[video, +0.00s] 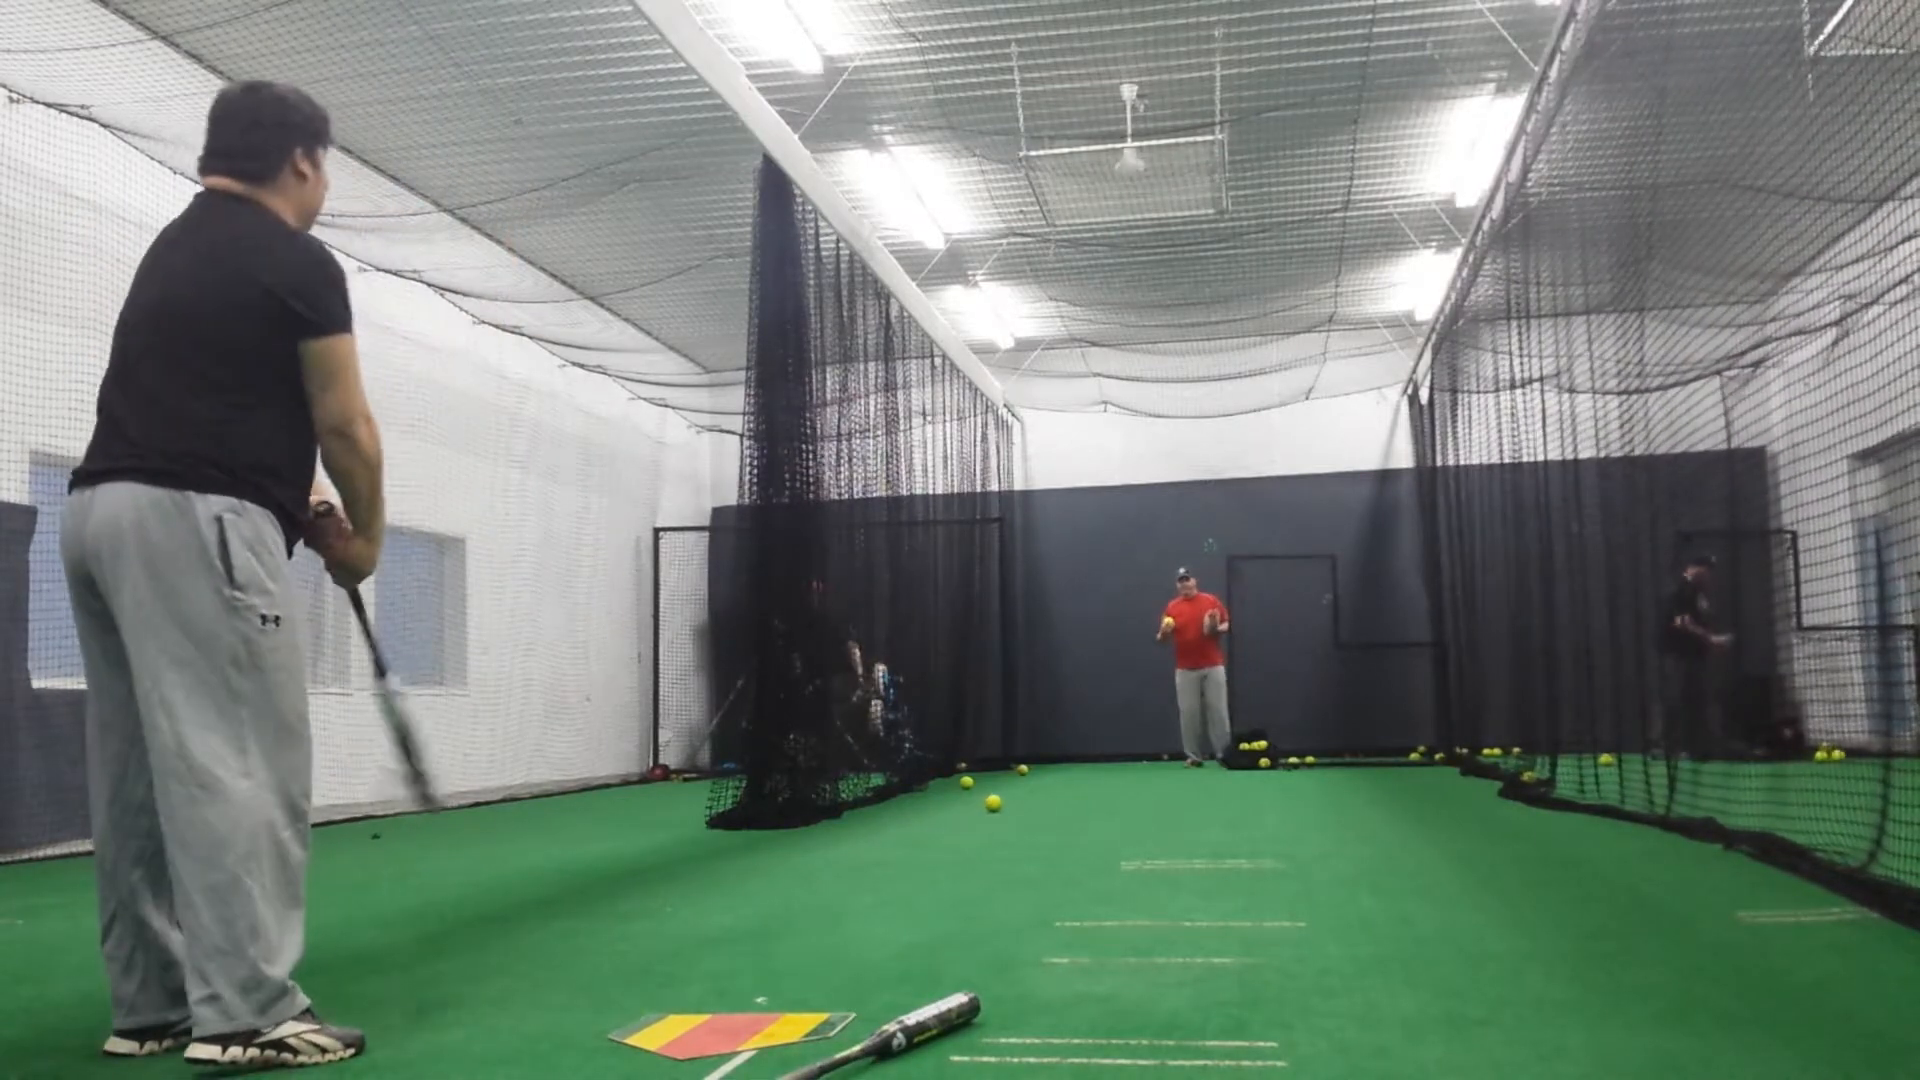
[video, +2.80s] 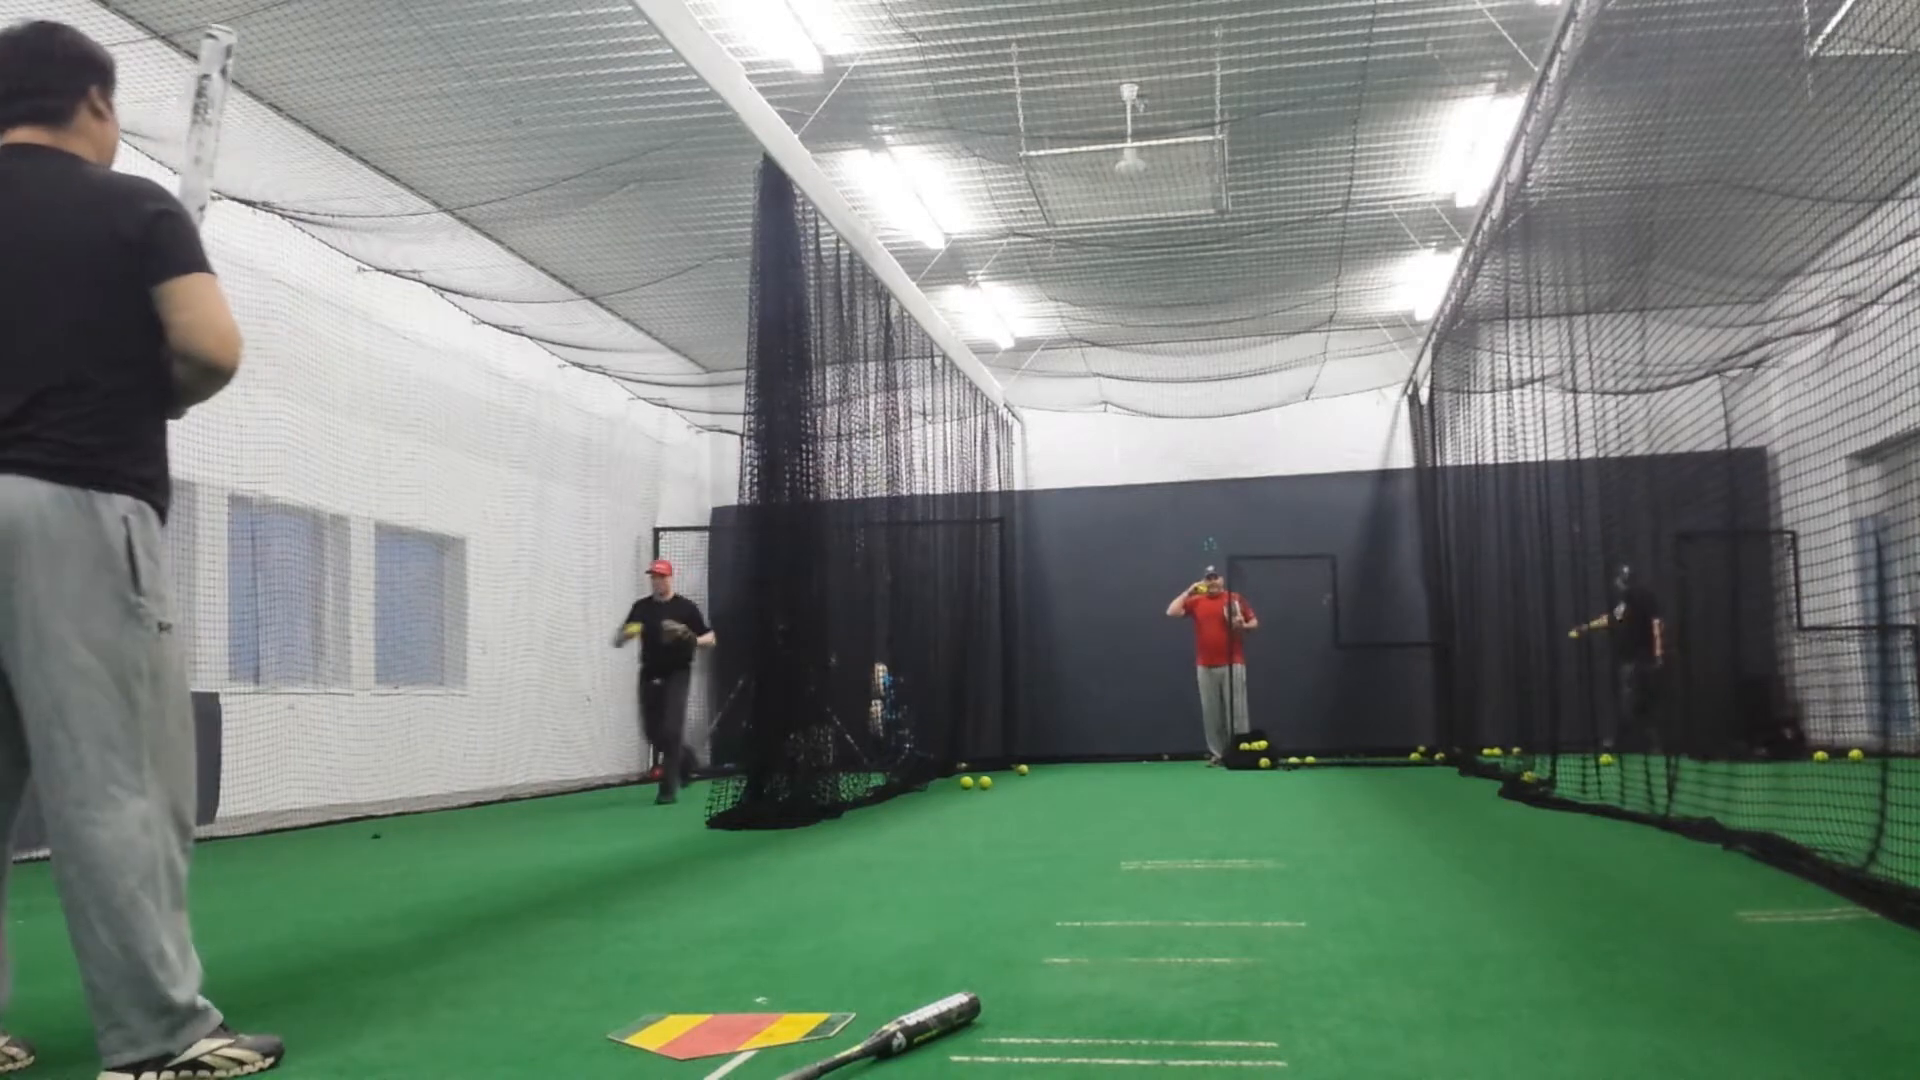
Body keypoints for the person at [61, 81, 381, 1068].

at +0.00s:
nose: (327, 188)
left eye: (325, 170)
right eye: (325, 169)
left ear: (219, 163)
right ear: (298, 163)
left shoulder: (176, 243)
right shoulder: (297, 259)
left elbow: (203, 406)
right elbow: (348, 430)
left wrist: (302, 504)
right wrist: (364, 537)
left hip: (101, 513)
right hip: (196, 516)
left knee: (133, 768)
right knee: (237, 765)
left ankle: (150, 1007)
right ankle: (247, 1011)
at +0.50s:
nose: (262, 185)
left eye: (258, 168)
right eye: (258, 167)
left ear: (162, 165)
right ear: (233, 160)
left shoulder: (146, 237)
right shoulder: (204, 226)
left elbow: (217, 418)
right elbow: (217, 343)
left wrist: (333, 418)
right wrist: (341, 387)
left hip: (106, 516)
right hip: (167, 518)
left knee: (142, 769)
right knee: (220, 758)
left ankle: (153, 1009)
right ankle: (237, 1004)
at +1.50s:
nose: (259, 127)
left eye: (254, 110)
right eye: (255, 109)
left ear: (148, 114)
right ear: (231, 107)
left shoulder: (89, 217)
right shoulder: (237, 201)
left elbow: (83, 370)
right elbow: (274, 332)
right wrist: (339, 382)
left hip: (85, 510)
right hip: (185, 515)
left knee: (144, 768)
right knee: (190, 776)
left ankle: (175, 994)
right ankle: (157, 1031)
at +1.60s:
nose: (260, 123)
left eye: (256, 106)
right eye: (257, 106)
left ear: (147, 108)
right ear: (234, 104)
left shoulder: (81, 212)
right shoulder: (247, 203)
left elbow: (52, 370)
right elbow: (290, 337)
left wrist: (106, 444)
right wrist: (344, 385)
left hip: (73, 510)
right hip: (182, 516)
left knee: (132, 769)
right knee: (186, 773)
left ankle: (167, 992)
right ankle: (156, 1033)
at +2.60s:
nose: (163, 120)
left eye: (158, 103)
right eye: (159, 103)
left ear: (38, 109)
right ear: (137, 101)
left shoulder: (2, 194)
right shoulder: (182, 204)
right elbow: (260, 349)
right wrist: (198, 397)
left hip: (5, 510)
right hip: (113, 511)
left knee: (6, 787)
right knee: (145, 779)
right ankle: (159, 1035)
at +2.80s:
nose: (118, 130)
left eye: (113, 113)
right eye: (113, 112)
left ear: (11, 109)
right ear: (87, 104)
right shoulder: (127, 205)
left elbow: (207, 350)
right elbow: (213, 349)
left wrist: (135, 387)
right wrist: (144, 396)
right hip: (64, 509)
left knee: (12, 790)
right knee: (114, 777)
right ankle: (156, 1032)